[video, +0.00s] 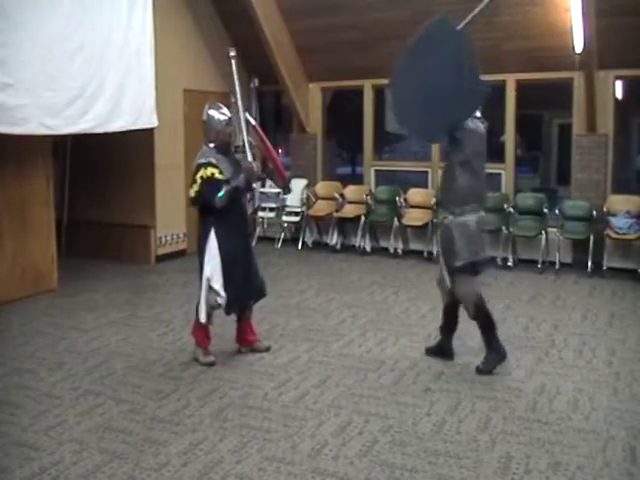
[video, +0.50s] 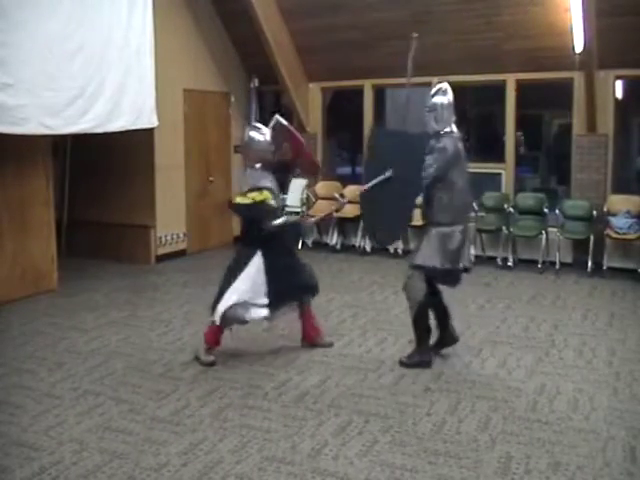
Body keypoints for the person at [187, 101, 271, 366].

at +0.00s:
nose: (232, 133)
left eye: (232, 128)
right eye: (227, 128)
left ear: (230, 130)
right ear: (212, 133)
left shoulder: (232, 158)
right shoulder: (207, 165)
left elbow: (238, 191)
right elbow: (216, 201)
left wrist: (255, 174)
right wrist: (243, 179)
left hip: (237, 230)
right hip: (216, 232)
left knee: (246, 281)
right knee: (212, 284)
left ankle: (246, 335)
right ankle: (201, 341)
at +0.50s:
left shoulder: (286, 179)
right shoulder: (257, 180)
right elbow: (266, 220)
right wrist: (297, 221)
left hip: (281, 246)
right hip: (256, 247)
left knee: (303, 283)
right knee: (236, 293)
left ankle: (310, 333)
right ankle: (209, 344)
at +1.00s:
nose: (310, 158)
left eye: (312, 154)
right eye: (306, 152)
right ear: (291, 150)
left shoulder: (293, 172)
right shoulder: (276, 176)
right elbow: (279, 216)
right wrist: (309, 223)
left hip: (297, 234)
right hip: (279, 237)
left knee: (313, 284)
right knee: (288, 289)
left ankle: (311, 333)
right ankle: (261, 343)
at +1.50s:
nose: (252, 135)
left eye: (252, 130)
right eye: (248, 130)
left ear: (238, 136)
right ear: (239, 135)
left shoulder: (244, 162)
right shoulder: (234, 171)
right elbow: (246, 211)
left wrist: (274, 196)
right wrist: (273, 202)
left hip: (241, 240)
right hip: (248, 244)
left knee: (239, 294)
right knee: (257, 294)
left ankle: (213, 336)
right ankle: (256, 353)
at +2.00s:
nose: (198, 128)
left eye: (195, 122)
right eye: (193, 123)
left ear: (176, 131)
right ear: (182, 129)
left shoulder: (184, 163)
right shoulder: (179, 169)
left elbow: (201, 192)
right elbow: (189, 210)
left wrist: (213, 193)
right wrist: (220, 203)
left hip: (178, 245)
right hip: (190, 246)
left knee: (174, 300)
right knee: (210, 296)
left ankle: (167, 364)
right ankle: (217, 359)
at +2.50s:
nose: (167, 127)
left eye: (165, 122)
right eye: (161, 123)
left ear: (154, 128)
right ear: (148, 129)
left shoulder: (158, 160)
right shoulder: (142, 167)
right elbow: (152, 211)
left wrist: (188, 186)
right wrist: (182, 199)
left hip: (169, 245)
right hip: (148, 248)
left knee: (172, 302)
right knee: (138, 307)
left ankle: (166, 360)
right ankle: (121, 371)